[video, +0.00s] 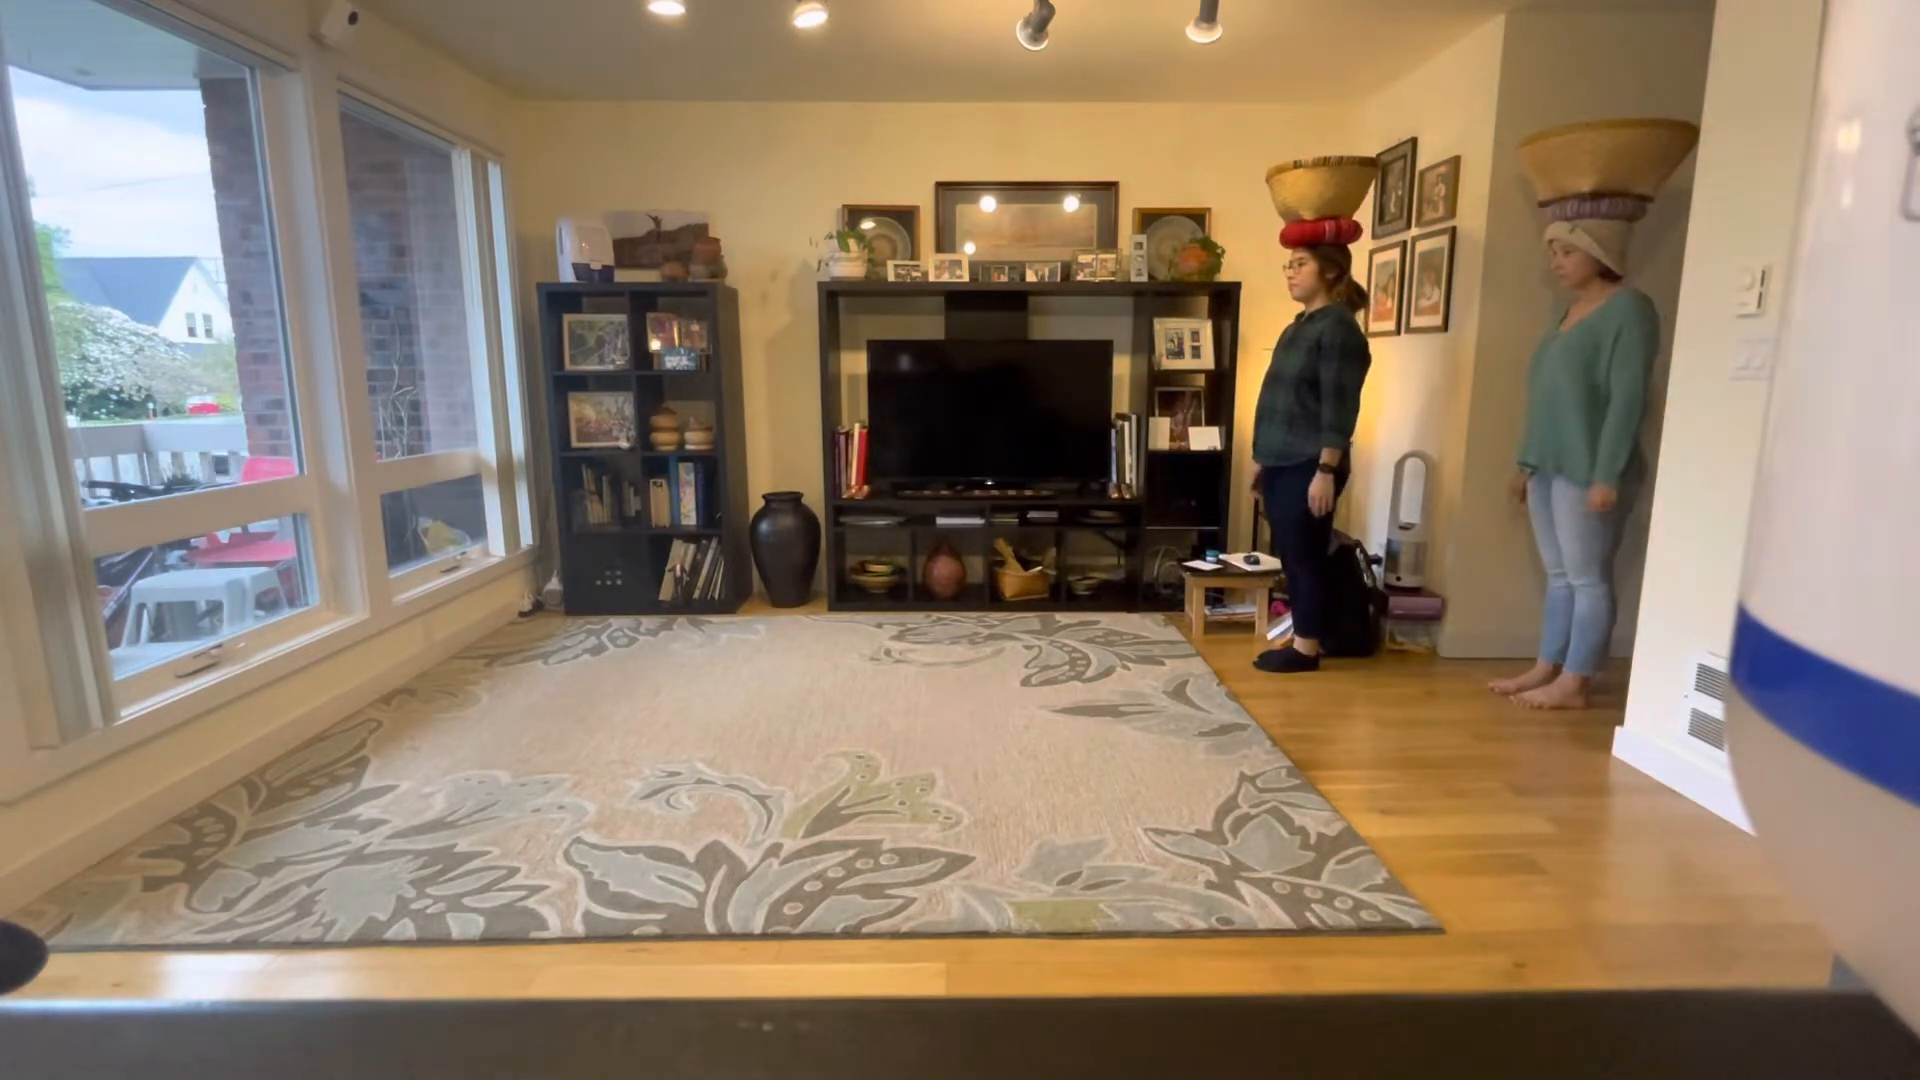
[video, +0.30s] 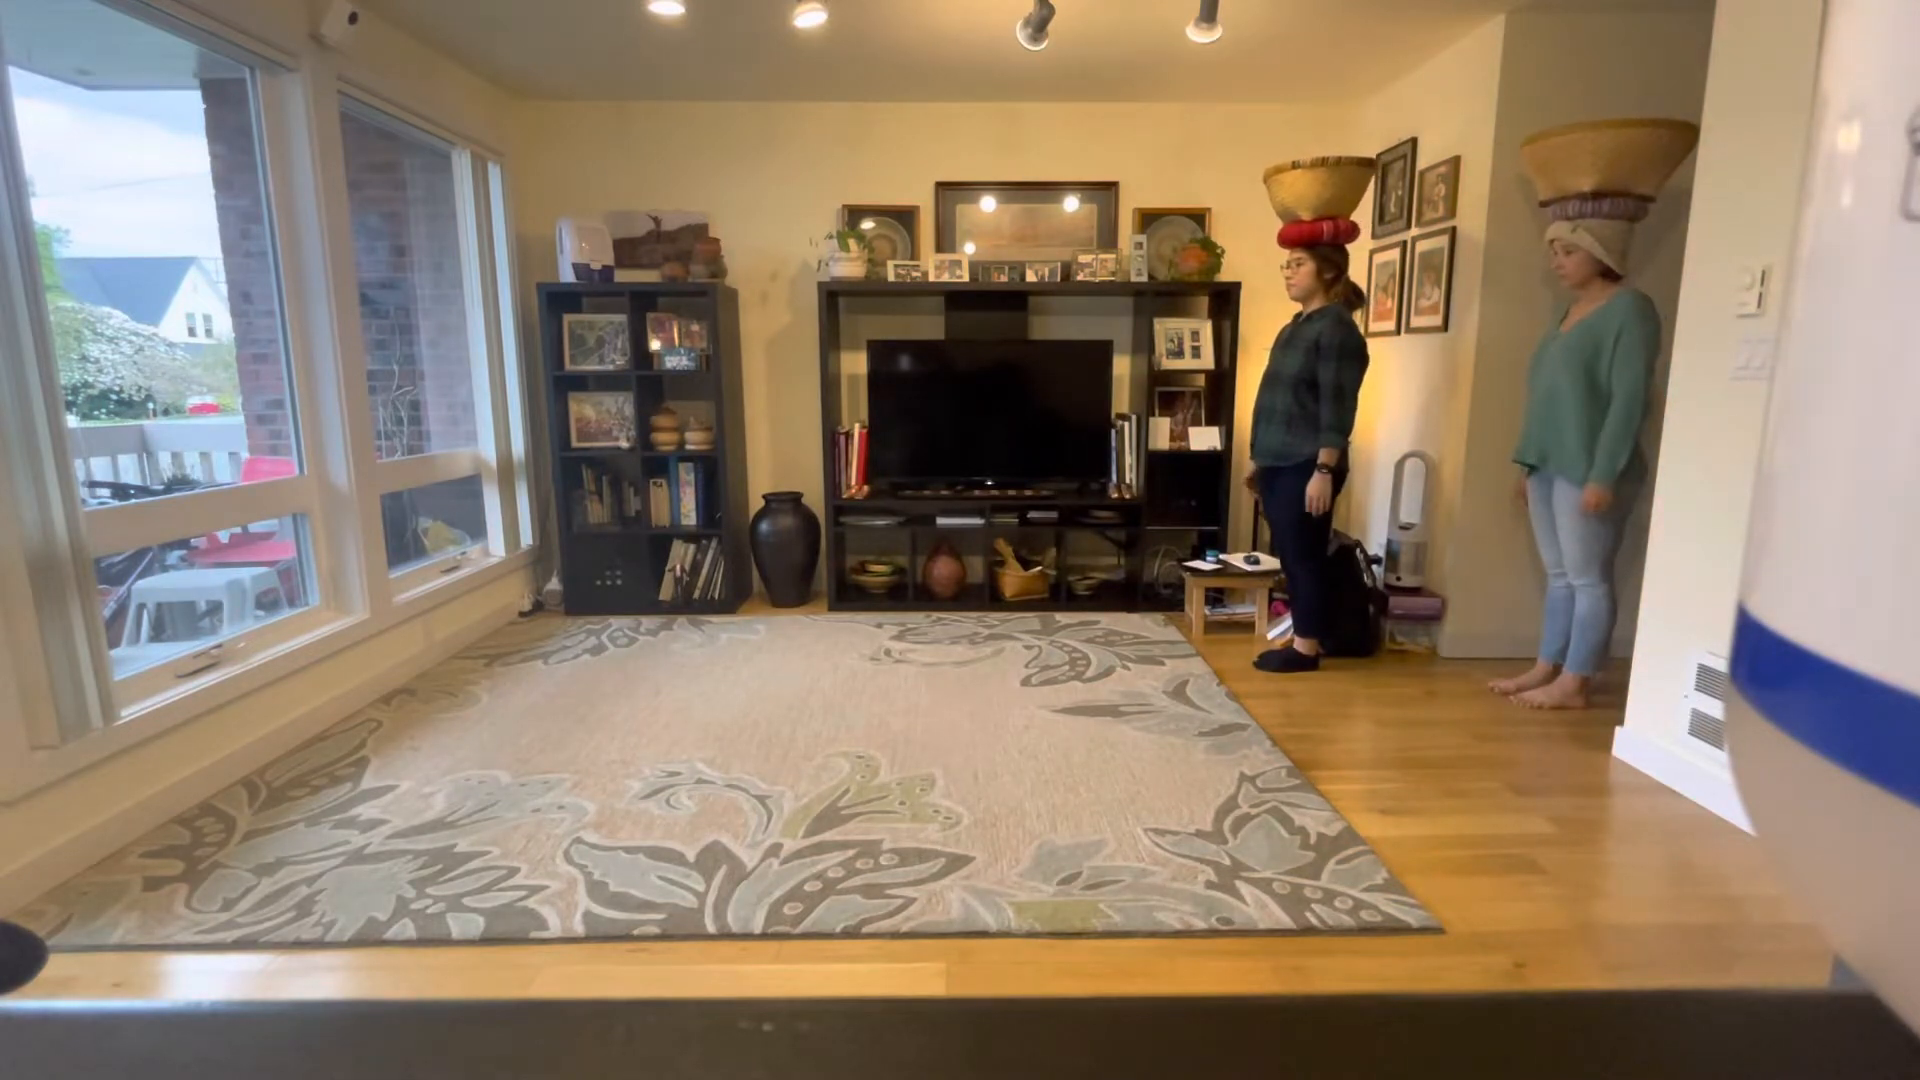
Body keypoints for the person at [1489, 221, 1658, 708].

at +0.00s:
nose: (1557, 262)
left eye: (1566, 252)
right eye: (1554, 253)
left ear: (1599, 256)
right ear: (1556, 259)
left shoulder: (1630, 309)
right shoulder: (1571, 313)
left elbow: (1627, 397)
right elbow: (1547, 398)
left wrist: (1607, 473)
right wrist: (1525, 464)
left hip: (1588, 467)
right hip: (1546, 464)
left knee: (1586, 577)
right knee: (1558, 574)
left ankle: (1575, 682)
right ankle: (1546, 667)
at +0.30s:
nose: (1558, 263)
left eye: (1568, 252)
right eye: (1555, 253)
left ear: (1600, 255)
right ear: (1557, 260)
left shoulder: (1631, 309)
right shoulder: (1572, 312)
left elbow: (1629, 399)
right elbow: (1548, 395)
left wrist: (1603, 474)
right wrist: (1528, 463)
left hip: (1589, 466)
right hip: (1547, 463)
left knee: (1586, 577)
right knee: (1559, 574)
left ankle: (1574, 682)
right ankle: (1546, 667)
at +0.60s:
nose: (1557, 262)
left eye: (1567, 252)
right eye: (1555, 253)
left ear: (1600, 255)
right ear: (1557, 259)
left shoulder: (1631, 309)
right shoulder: (1571, 312)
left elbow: (1627, 399)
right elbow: (1546, 398)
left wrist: (1600, 476)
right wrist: (1522, 464)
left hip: (1590, 467)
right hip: (1547, 465)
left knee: (1587, 577)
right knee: (1559, 574)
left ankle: (1574, 682)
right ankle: (1546, 667)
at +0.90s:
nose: (1554, 263)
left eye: (1564, 253)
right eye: (1551, 254)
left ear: (1596, 255)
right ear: (1553, 259)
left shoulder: (1626, 310)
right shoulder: (1568, 314)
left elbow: (1622, 400)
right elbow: (1542, 398)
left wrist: (1596, 476)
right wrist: (1521, 463)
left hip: (1588, 468)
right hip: (1545, 465)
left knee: (1585, 577)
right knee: (1557, 573)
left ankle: (1574, 682)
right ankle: (1547, 667)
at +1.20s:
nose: (1547, 263)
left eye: (1557, 253)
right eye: (1545, 254)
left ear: (1589, 254)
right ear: (1551, 259)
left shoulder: (1620, 310)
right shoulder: (1564, 314)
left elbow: (1615, 400)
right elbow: (1537, 398)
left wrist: (1588, 475)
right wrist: (1516, 463)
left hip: (1584, 469)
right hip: (1541, 466)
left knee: (1581, 577)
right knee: (1554, 573)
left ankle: (1574, 682)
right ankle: (1547, 667)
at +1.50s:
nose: (1542, 264)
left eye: (1550, 254)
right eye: (1539, 255)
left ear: (1583, 255)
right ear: (1547, 260)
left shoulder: (1613, 310)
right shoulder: (1560, 313)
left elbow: (1610, 401)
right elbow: (1535, 398)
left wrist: (1584, 476)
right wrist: (1512, 463)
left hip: (1579, 468)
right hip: (1537, 466)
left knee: (1577, 577)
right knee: (1550, 574)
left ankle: (1573, 682)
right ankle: (1546, 667)